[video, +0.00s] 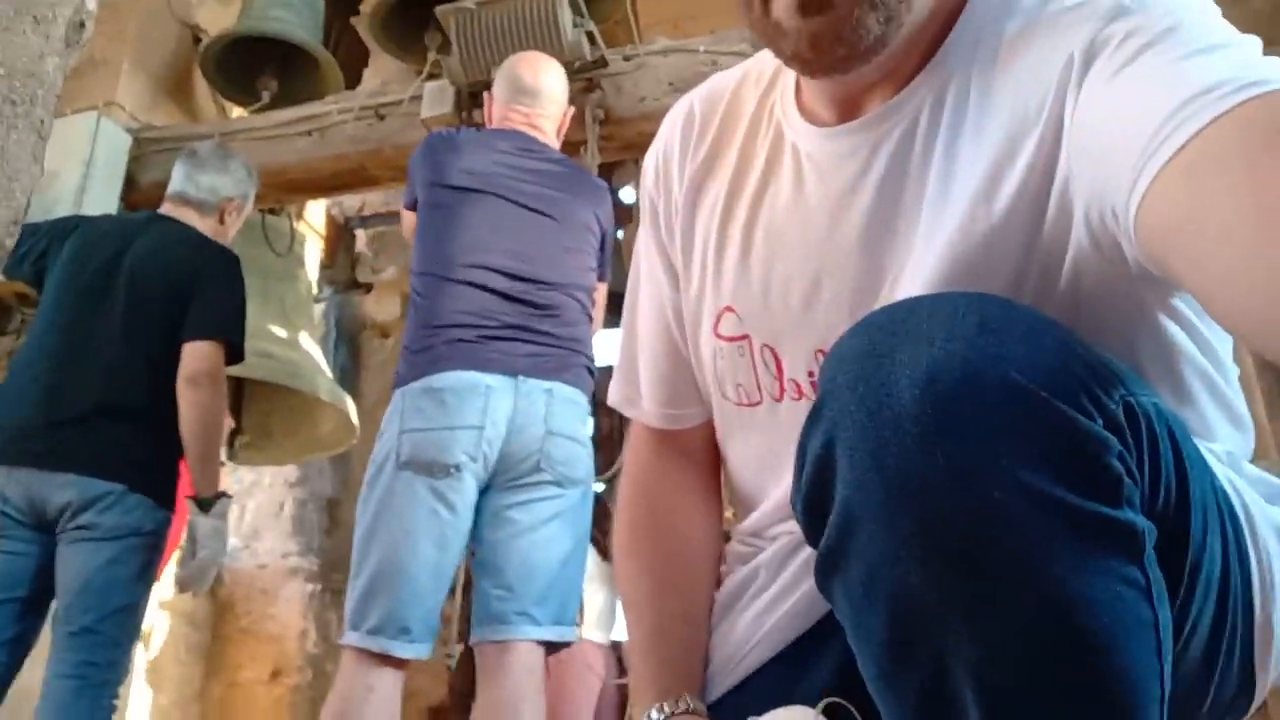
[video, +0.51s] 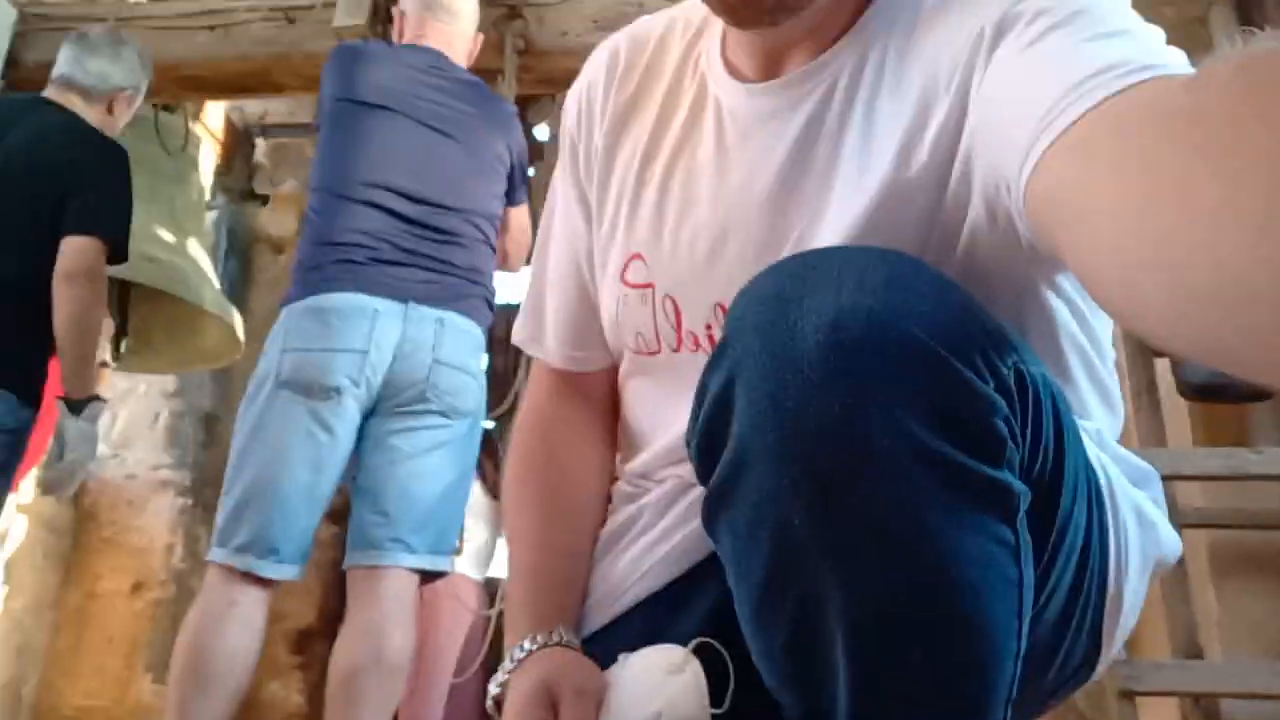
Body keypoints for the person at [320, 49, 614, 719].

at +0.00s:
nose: (488, 111)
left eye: (488, 104)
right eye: (561, 116)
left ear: (486, 109)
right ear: (564, 123)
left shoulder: (440, 150)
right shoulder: (594, 192)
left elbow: (416, 236)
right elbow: (592, 313)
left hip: (447, 387)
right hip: (561, 405)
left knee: (379, 647)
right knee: (515, 641)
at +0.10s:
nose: (469, 103)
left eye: (469, 94)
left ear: (472, 97)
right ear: (552, 115)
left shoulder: (422, 138)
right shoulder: (577, 185)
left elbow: (403, 231)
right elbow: (572, 305)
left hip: (423, 374)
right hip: (536, 394)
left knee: (346, 632)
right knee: (485, 629)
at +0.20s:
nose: (417, 103)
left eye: (417, 94)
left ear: (419, 98)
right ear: (501, 117)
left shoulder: (367, 140)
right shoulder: (525, 189)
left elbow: (359, 241)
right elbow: (522, 314)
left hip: (365, 381)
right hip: (482, 402)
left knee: (289, 646)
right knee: (432, 642)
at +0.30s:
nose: (460, 124)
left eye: (460, 117)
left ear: (463, 120)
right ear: (544, 137)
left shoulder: (415, 163)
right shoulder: (570, 209)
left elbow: (402, 269)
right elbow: (569, 335)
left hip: (412, 404)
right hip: (529, 423)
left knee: (336, 668)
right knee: (476, 661)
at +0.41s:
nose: (448, 93)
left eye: (448, 83)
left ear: (447, 84)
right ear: (525, 109)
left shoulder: (402, 127)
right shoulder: (547, 171)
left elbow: (380, 241)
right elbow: (548, 294)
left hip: (382, 360)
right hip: (494, 381)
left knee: (284, 611)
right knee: (426, 612)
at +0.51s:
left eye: (392, 17)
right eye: (475, 32)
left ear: (395, 20)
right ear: (476, 46)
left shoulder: (349, 63)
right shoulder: (503, 117)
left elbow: (353, 172)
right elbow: (513, 250)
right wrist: (436, 217)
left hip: (335, 312)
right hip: (453, 336)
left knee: (244, 569)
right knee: (390, 572)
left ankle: (188, 717)